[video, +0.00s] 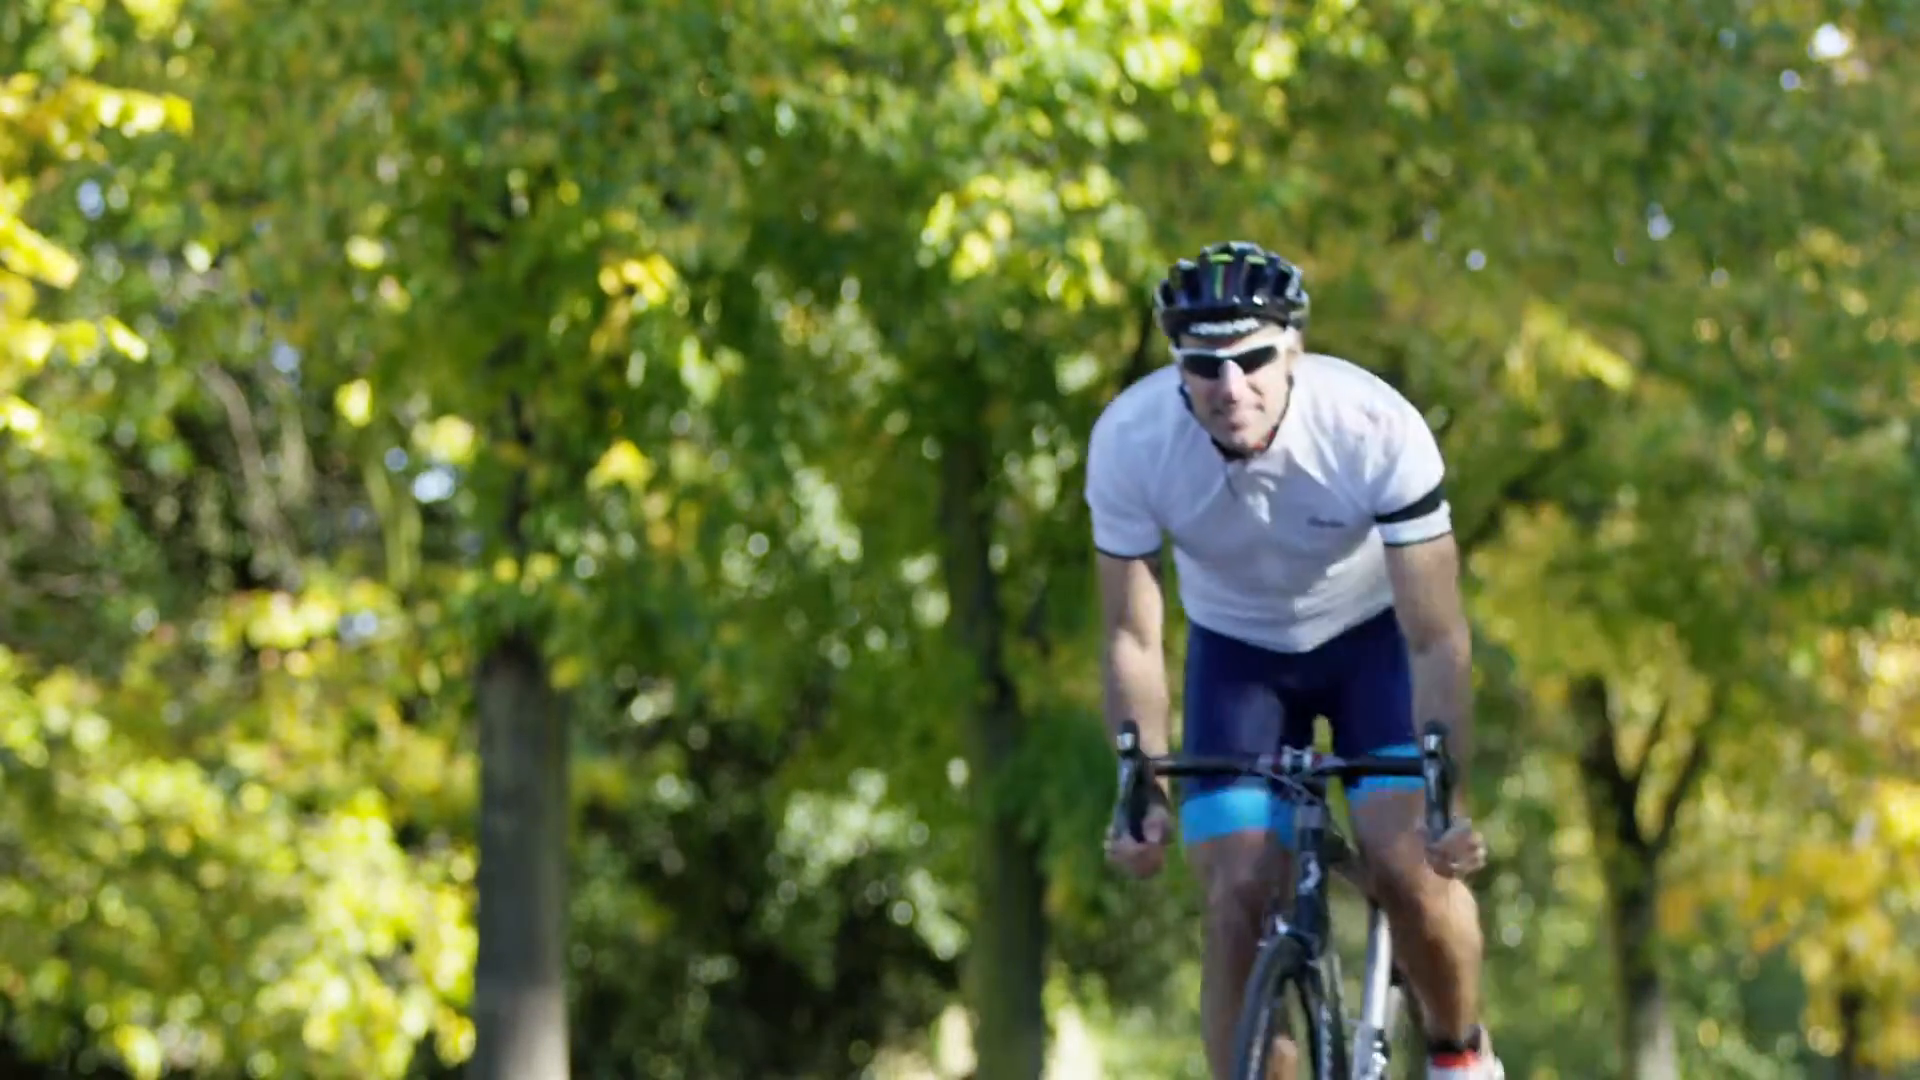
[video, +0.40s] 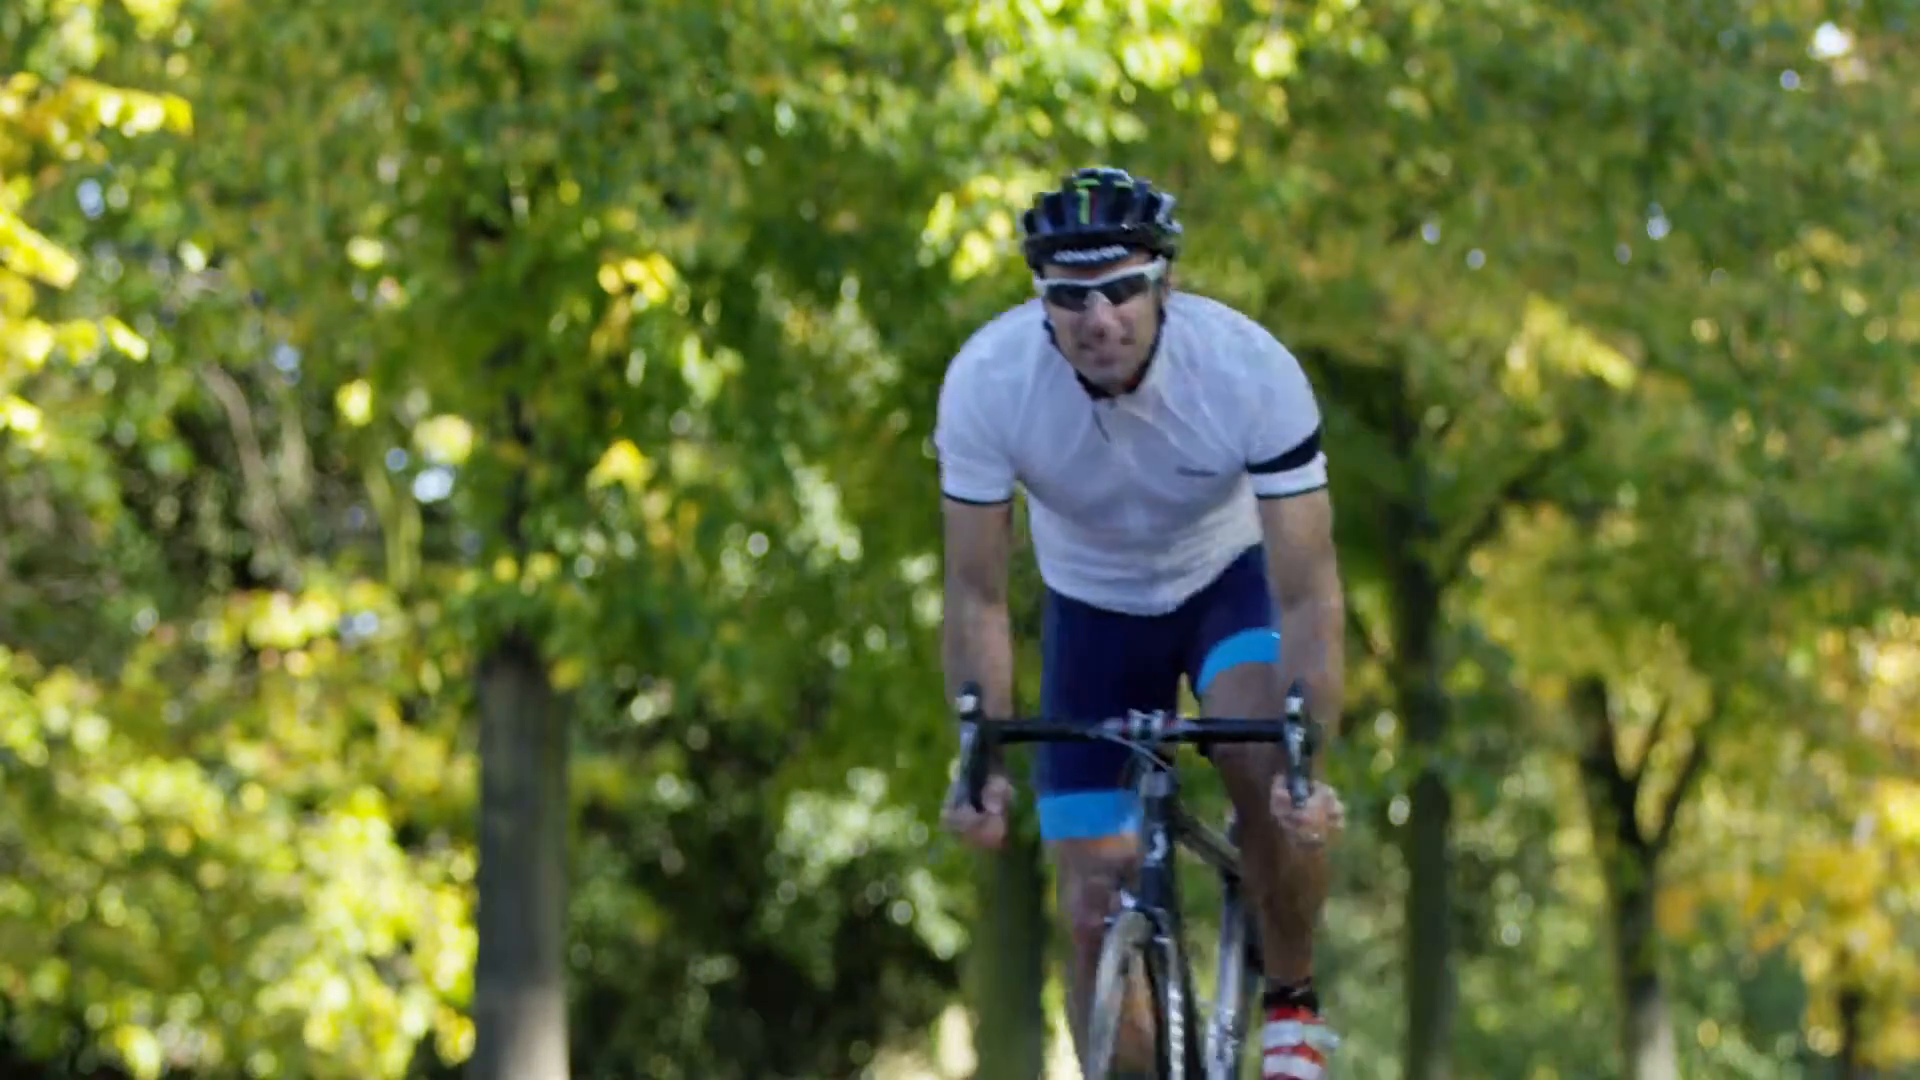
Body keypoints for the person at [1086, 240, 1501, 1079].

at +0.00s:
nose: (1232, 388)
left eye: (1254, 361)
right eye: (1206, 367)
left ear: (1294, 349)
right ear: (1177, 366)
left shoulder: (1377, 429)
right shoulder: (1128, 444)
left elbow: (1437, 635)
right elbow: (1129, 631)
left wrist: (1448, 805)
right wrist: (1144, 780)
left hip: (1372, 631)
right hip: (1233, 644)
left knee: (1403, 862)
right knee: (1239, 891)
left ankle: (1459, 1055)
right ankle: (1247, 1069)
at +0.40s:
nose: (1100, 320)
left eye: (1122, 291)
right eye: (1071, 297)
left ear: (1164, 284)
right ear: (1041, 299)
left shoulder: (1254, 374)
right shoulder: (986, 385)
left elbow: (1308, 589)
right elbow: (975, 589)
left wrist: (1306, 759)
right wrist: (979, 752)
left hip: (1231, 573)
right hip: (1090, 598)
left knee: (1268, 764)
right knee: (1095, 894)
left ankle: (1291, 1006)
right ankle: (1134, 1073)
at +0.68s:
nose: (975, 270)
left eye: (1002, 240)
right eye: (947, 245)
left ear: (1051, 228)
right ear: (919, 242)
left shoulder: (1144, 328)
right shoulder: (868, 337)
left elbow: (1192, 554)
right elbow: (847, 551)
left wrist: (1170, 732)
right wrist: (831, 731)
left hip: (1128, 548)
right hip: (977, 554)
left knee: (1128, 810)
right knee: (942, 851)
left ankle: (1165, 1072)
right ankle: (1012, 1066)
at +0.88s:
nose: (879, 241)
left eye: (906, 212)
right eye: (851, 216)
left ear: (955, 202)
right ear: (822, 216)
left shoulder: (1053, 301)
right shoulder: (775, 308)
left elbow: (1103, 532)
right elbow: (746, 531)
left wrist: (1080, 717)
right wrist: (725, 718)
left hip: (1050, 543)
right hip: (892, 533)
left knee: (1052, 845)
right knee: (827, 791)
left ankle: (1074, 1071)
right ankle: (896, 997)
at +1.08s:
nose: (772, 213)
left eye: (801, 182)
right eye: (744, 187)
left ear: (854, 172)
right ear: (716, 185)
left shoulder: (956, 265)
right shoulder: (672, 284)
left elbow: (1026, 505)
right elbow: (648, 512)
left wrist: (1002, 704)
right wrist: (628, 700)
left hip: (963, 524)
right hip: (804, 503)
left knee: (978, 884)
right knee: (720, 696)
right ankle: (790, 965)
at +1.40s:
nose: (607, 146)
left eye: (638, 112)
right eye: (576, 115)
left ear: (691, 98)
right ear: (543, 108)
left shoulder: (798, 198)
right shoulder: (498, 214)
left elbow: (879, 446)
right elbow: (497, 455)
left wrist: (875, 663)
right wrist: (493, 648)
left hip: (806, 450)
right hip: (641, 446)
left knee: (837, 814)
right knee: (590, 708)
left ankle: (896, 1070)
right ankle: (645, 1050)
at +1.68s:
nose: (461, 80)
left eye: (492, 45)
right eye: (427, 51)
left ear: (550, 29)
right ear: (395, 49)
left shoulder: (663, 144)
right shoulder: (339, 151)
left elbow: (734, 410)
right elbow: (343, 407)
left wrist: (739, 631)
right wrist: (347, 599)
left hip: (661, 420)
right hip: (484, 435)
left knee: (682, 704)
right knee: (477, 771)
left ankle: (767, 954)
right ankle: (496, 1073)